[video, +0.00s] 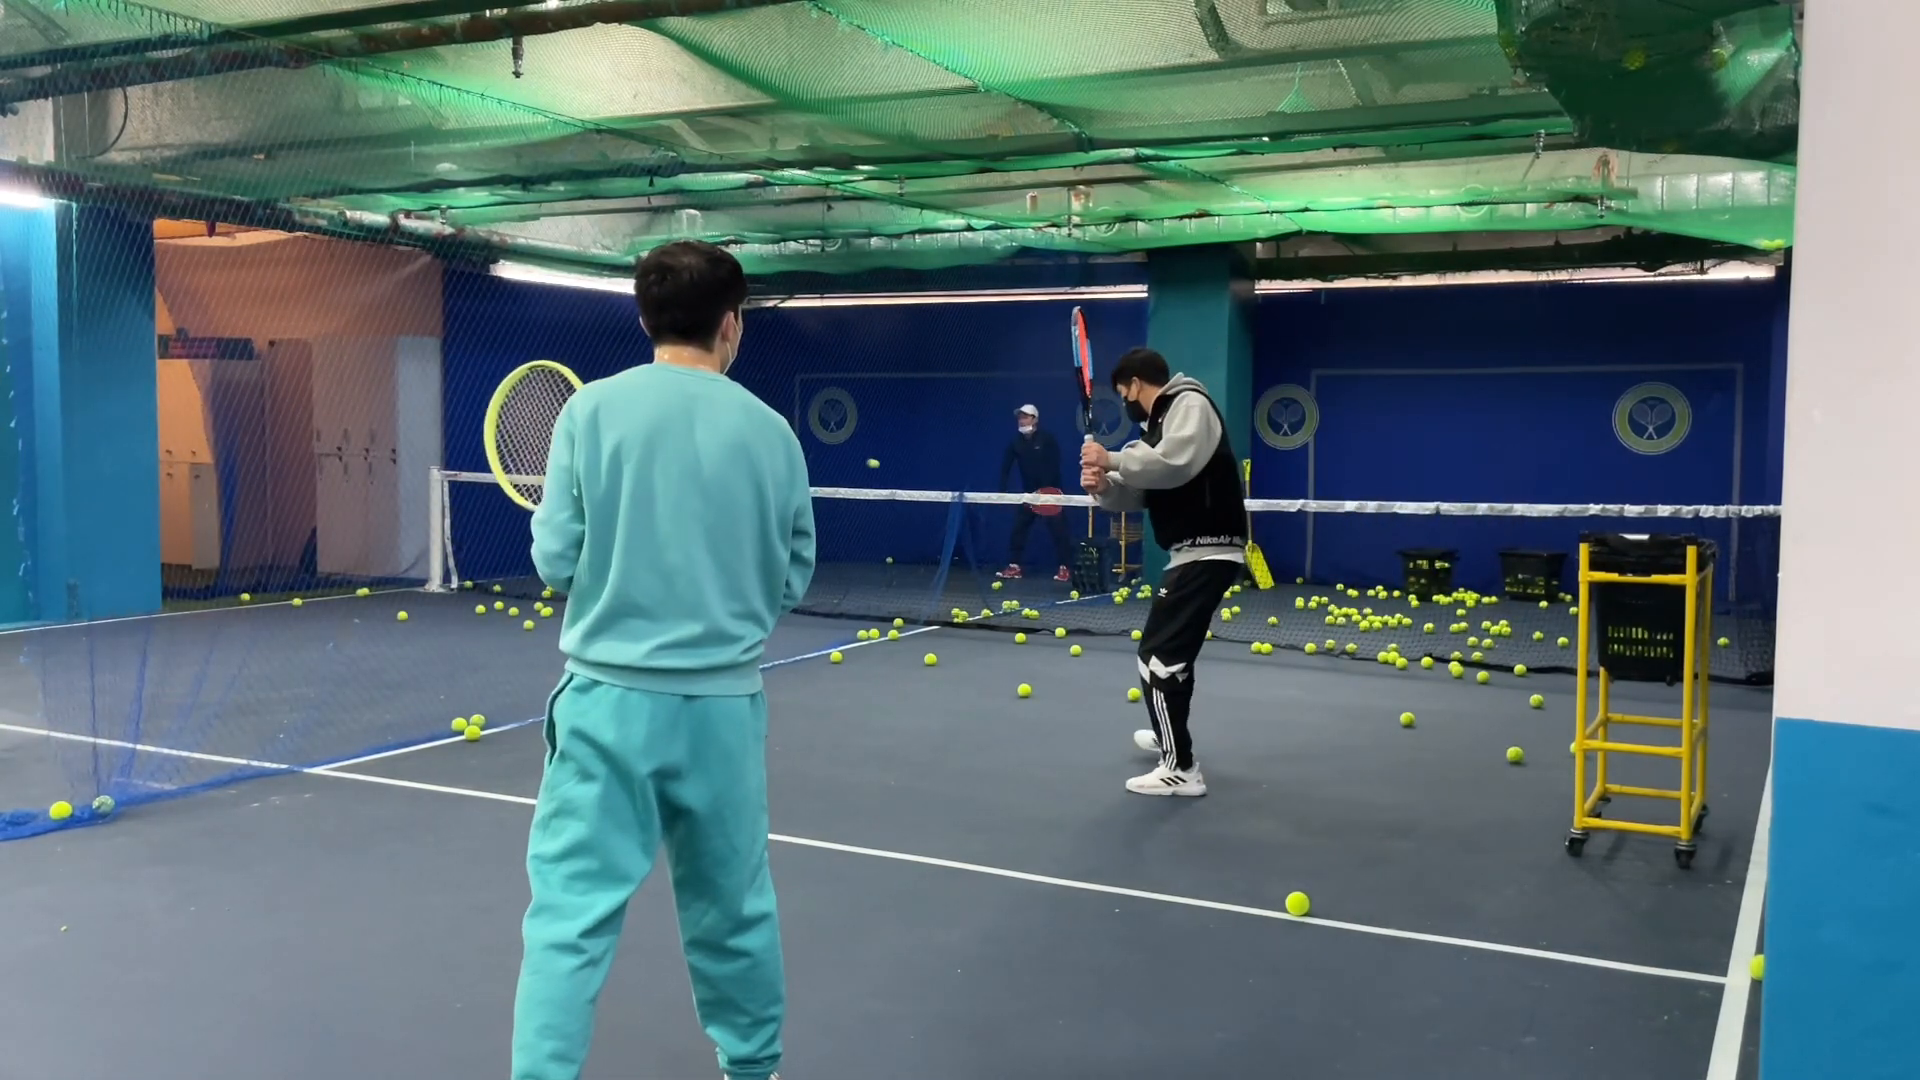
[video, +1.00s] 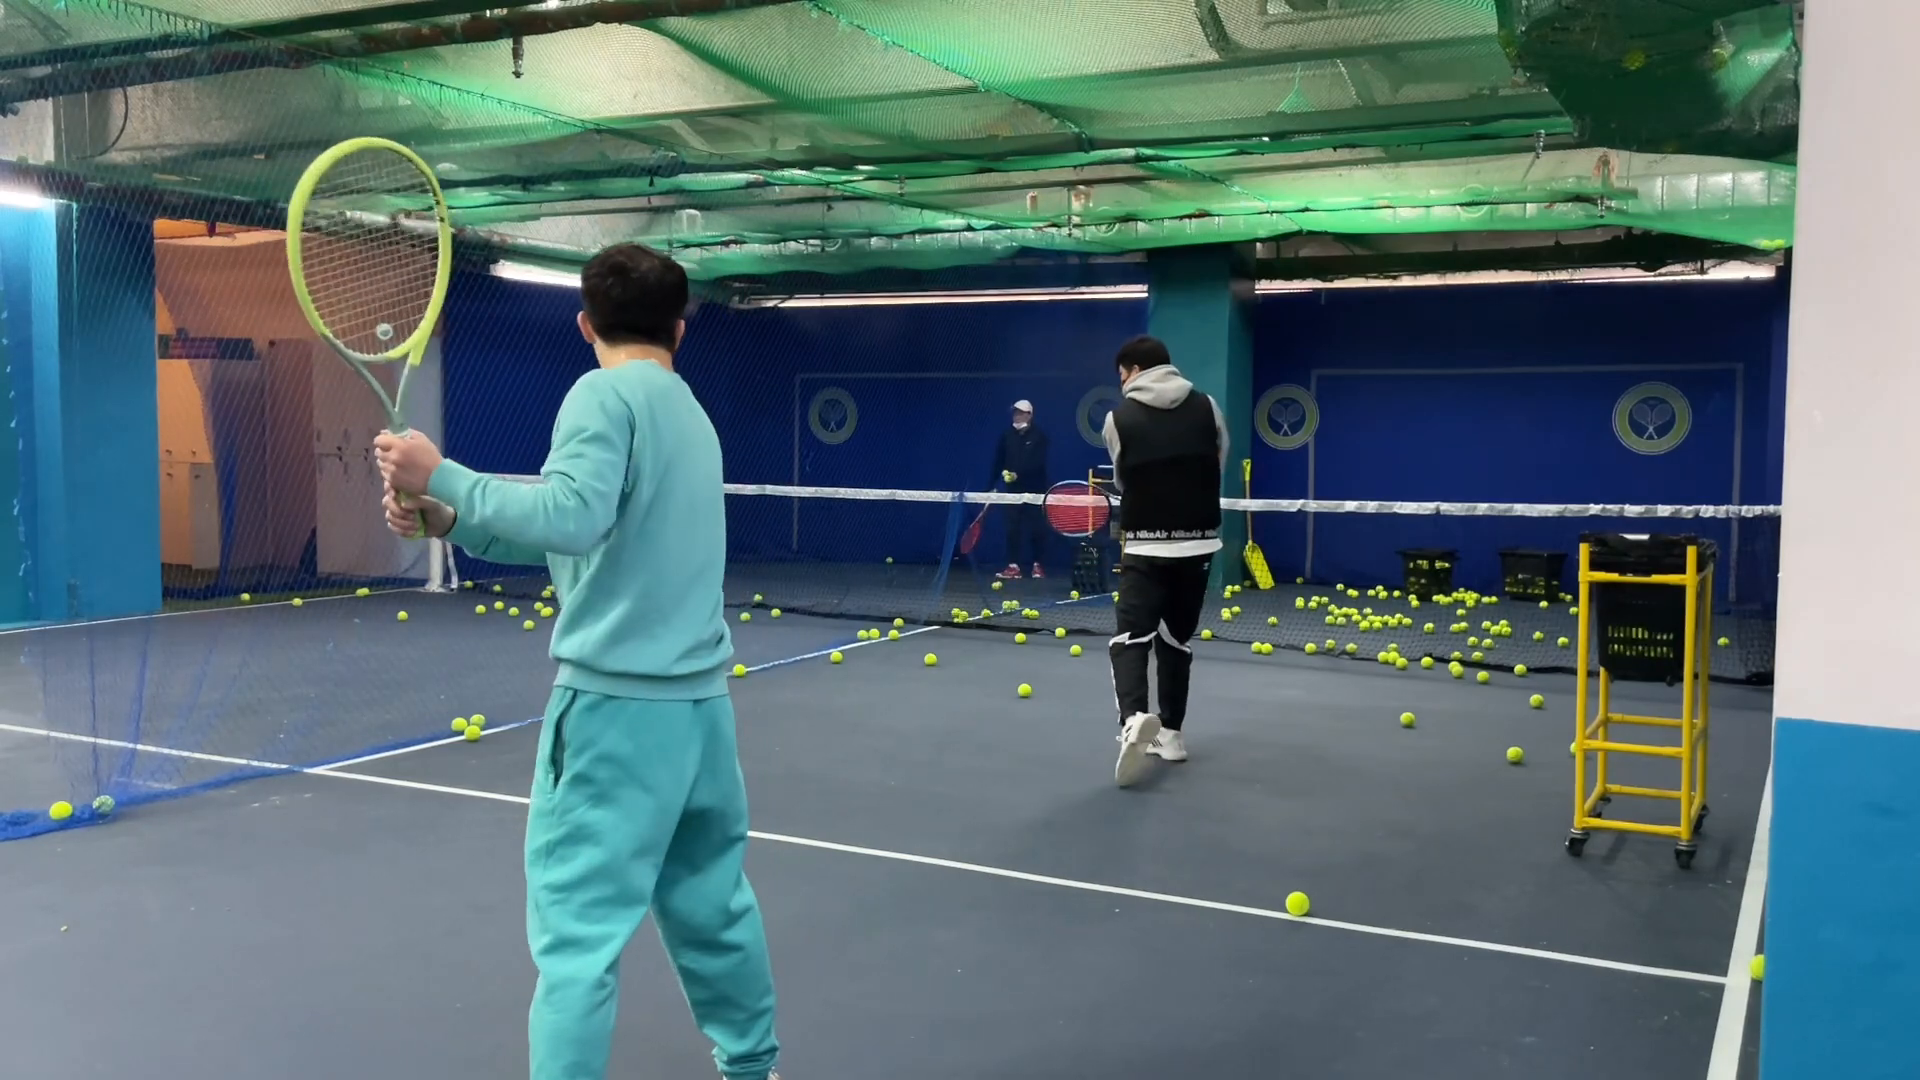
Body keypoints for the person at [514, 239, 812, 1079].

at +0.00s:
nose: (741, 327)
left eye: (737, 315)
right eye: (740, 315)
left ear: (645, 323)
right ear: (728, 323)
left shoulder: (591, 412)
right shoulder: (771, 432)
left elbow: (554, 557)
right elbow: (793, 575)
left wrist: (631, 548)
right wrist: (716, 590)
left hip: (607, 707)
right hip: (724, 711)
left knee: (570, 913)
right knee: (733, 906)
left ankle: (542, 1071)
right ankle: (751, 1065)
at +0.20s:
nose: (737, 328)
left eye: (734, 316)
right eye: (736, 316)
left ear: (641, 324)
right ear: (725, 321)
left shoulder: (590, 412)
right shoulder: (768, 430)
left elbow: (559, 557)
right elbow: (789, 569)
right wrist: (724, 609)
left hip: (609, 708)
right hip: (725, 712)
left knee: (572, 915)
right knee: (733, 908)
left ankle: (545, 1072)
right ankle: (751, 1066)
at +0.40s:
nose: (735, 328)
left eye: (731, 316)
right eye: (734, 316)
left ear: (638, 325)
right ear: (723, 322)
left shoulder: (594, 411)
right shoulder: (768, 431)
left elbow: (562, 558)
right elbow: (777, 561)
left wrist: (553, 546)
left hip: (612, 707)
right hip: (727, 710)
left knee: (574, 914)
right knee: (733, 904)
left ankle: (548, 1072)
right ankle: (751, 1065)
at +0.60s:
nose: (732, 330)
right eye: (731, 319)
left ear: (634, 324)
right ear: (723, 323)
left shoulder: (605, 400)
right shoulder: (754, 426)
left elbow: (533, 535)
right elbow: (657, 563)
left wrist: (469, 513)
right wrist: (521, 556)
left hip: (617, 708)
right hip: (726, 710)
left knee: (579, 920)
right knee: (732, 905)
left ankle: (554, 1071)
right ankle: (752, 1065)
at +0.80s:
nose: (606, 326)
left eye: (608, 316)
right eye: (713, 320)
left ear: (615, 324)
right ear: (705, 325)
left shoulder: (604, 393)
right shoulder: (722, 419)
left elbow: (530, 506)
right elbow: (593, 533)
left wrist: (431, 471)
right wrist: (465, 524)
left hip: (615, 709)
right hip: (718, 708)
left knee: (582, 927)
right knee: (724, 904)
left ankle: (562, 1071)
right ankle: (753, 1064)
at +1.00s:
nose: (582, 323)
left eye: (583, 312)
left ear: (587, 323)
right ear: (680, 327)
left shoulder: (602, 399)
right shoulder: (692, 415)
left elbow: (575, 513)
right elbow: (573, 533)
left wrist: (444, 473)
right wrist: (451, 519)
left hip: (612, 710)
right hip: (702, 707)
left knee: (577, 932)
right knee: (711, 900)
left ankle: (564, 1071)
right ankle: (751, 1063)